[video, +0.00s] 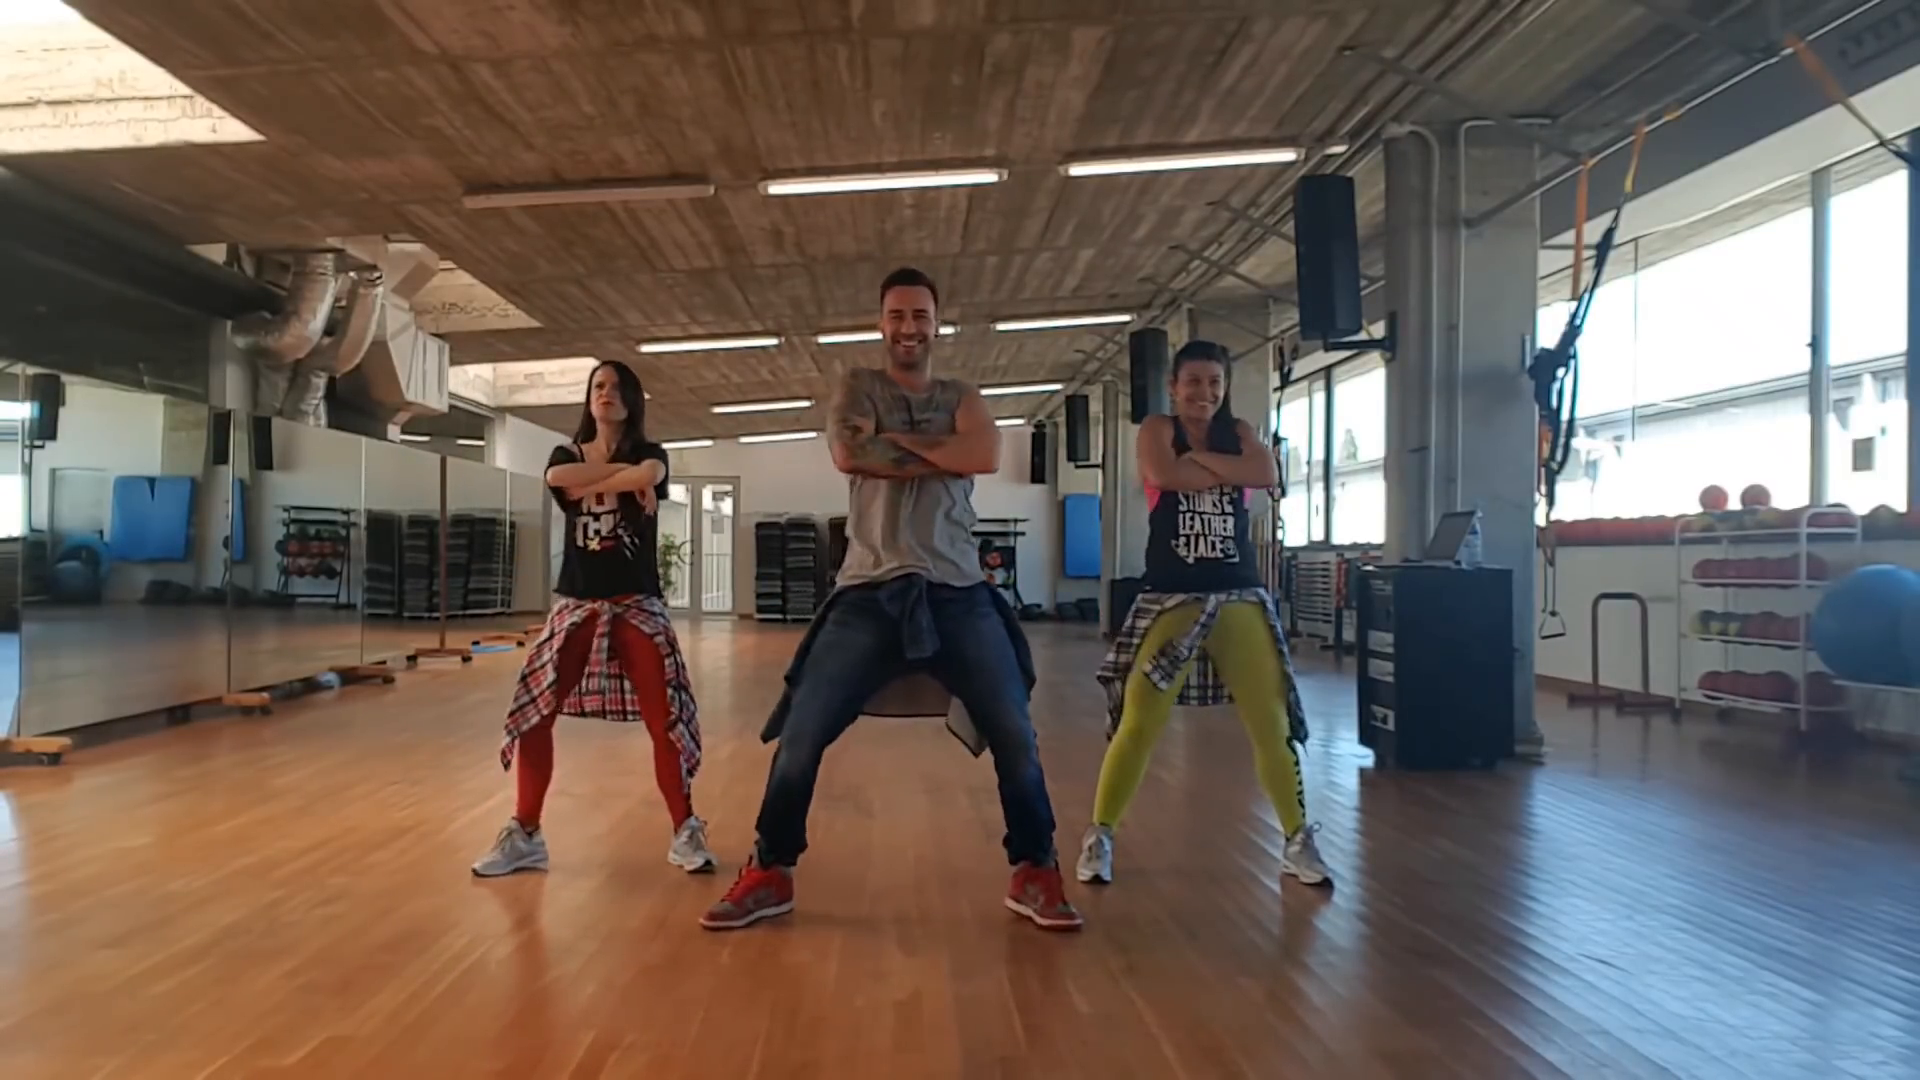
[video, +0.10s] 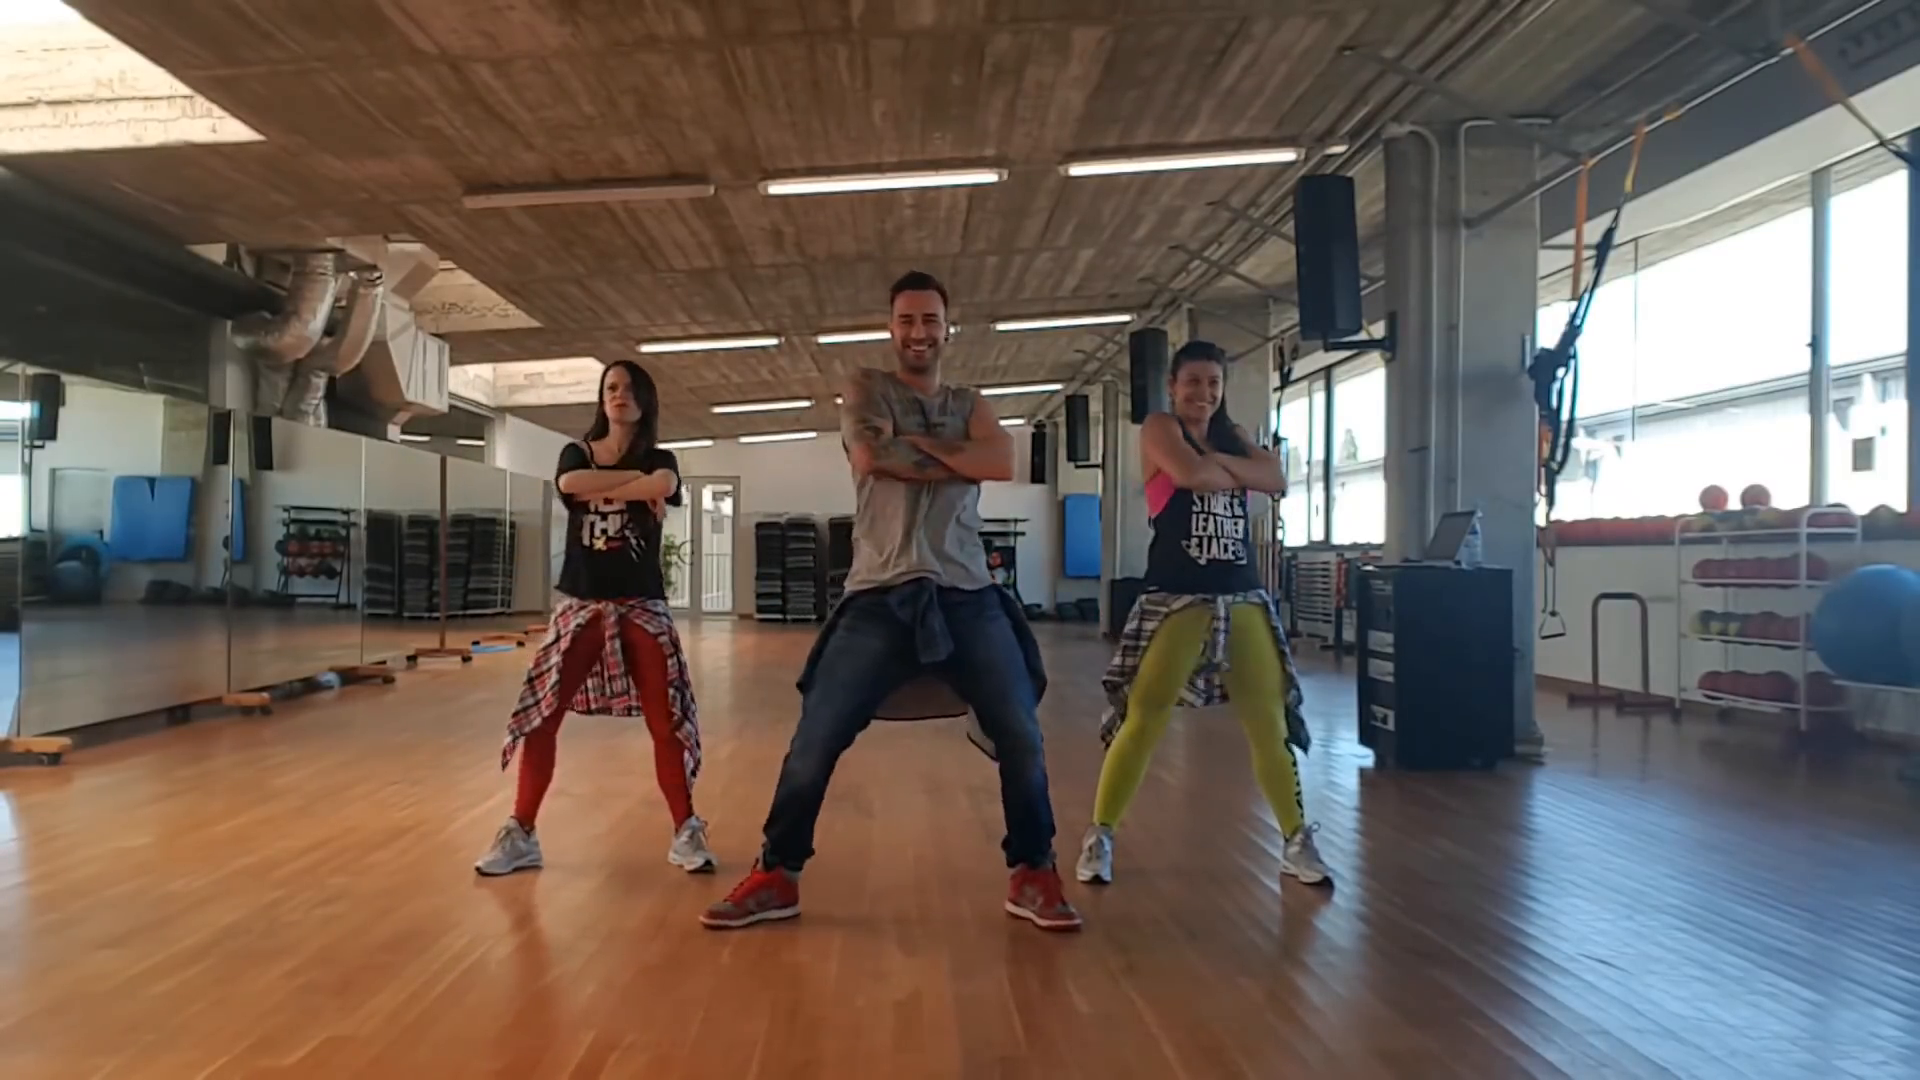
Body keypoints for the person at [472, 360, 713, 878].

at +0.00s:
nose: (606, 394)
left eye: (616, 388)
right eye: (599, 387)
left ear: (633, 400)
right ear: (588, 399)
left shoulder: (652, 455)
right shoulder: (568, 453)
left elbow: (643, 479)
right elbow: (557, 480)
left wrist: (587, 485)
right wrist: (628, 475)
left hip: (637, 602)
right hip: (575, 602)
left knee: (664, 719)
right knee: (533, 712)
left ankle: (686, 831)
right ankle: (526, 835)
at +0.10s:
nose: (619, 396)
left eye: (628, 389)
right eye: (612, 389)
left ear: (646, 400)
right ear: (601, 400)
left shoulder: (660, 462)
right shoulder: (580, 452)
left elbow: (655, 490)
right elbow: (569, 485)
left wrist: (591, 489)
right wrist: (639, 481)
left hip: (642, 604)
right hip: (580, 602)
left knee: (664, 721)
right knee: (543, 712)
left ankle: (687, 830)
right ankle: (521, 833)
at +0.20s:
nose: (628, 402)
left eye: (638, 394)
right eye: (621, 394)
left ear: (654, 405)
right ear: (609, 403)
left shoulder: (662, 464)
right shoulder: (582, 456)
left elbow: (665, 505)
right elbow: (575, 495)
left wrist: (602, 498)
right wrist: (645, 498)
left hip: (642, 608)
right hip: (581, 606)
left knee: (665, 723)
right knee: (553, 719)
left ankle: (687, 831)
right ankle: (520, 833)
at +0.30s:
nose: (622, 402)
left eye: (631, 394)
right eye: (615, 394)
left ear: (649, 404)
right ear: (604, 403)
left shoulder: (660, 463)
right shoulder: (581, 454)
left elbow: (655, 499)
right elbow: (566, 488)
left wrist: (591, 498)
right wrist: (637, 489)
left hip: (639, 604)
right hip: (578, 602)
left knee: (661, 720)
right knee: (550, 715)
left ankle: (686, 830)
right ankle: (520, 833)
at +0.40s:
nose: (610, 400)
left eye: (618, 393)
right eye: (603, 393)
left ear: (637, 403)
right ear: (592, 404)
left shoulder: (654, 457)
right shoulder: (572, 452)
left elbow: (638, 487)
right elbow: (553, 482)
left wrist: (579, 489)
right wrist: (628, 483)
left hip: (637, 603)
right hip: (575, 601)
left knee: (660, 719)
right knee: (545, 714)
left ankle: (686, 830)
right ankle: (519, 833)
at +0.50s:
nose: (597, 401)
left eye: (606, 394)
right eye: (590, 394)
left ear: (625, 403)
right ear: (580, 402)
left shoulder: (641, 457)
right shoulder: (563, 455)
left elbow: (625, 481)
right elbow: (540, 482)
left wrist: (567, 487)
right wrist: (611, 479)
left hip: (634, 600)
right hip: (572, 600)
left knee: (660, 717)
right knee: (546, 714)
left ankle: (687, 829)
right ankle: (520, 834)